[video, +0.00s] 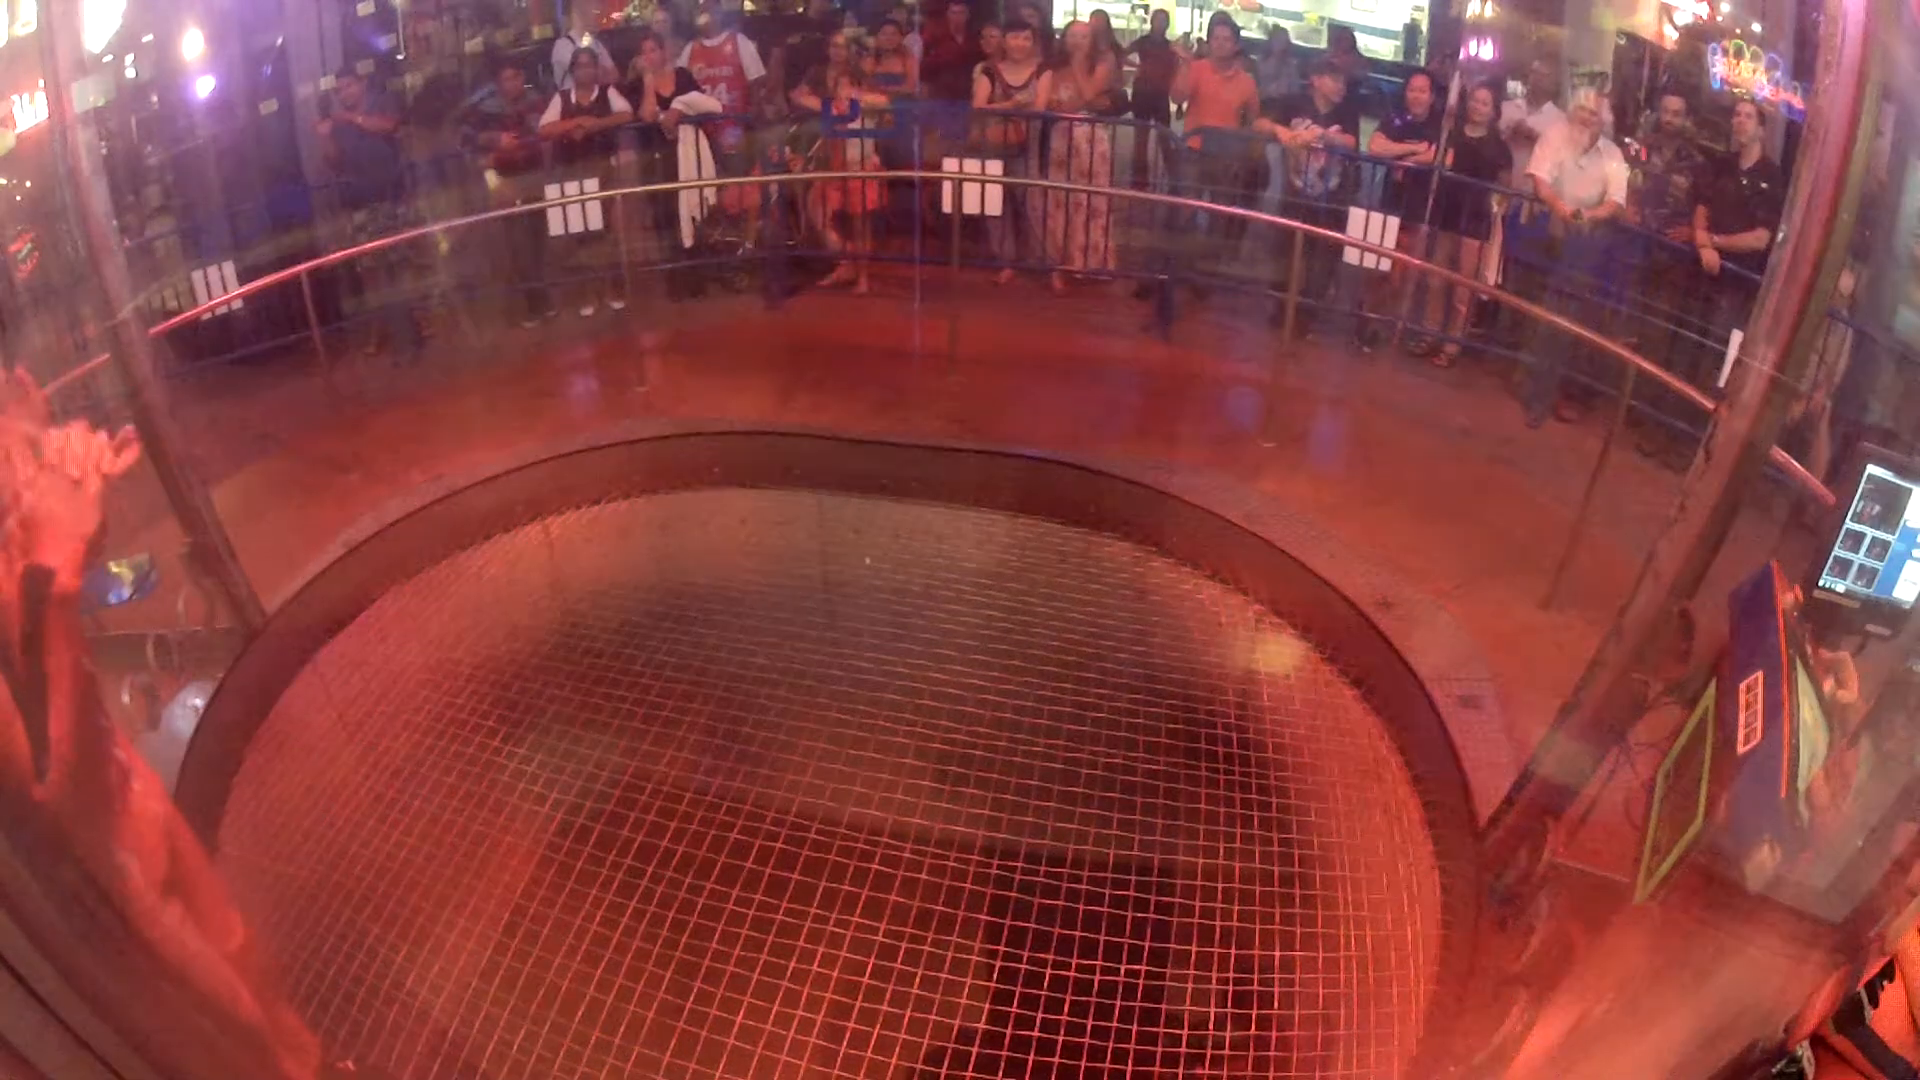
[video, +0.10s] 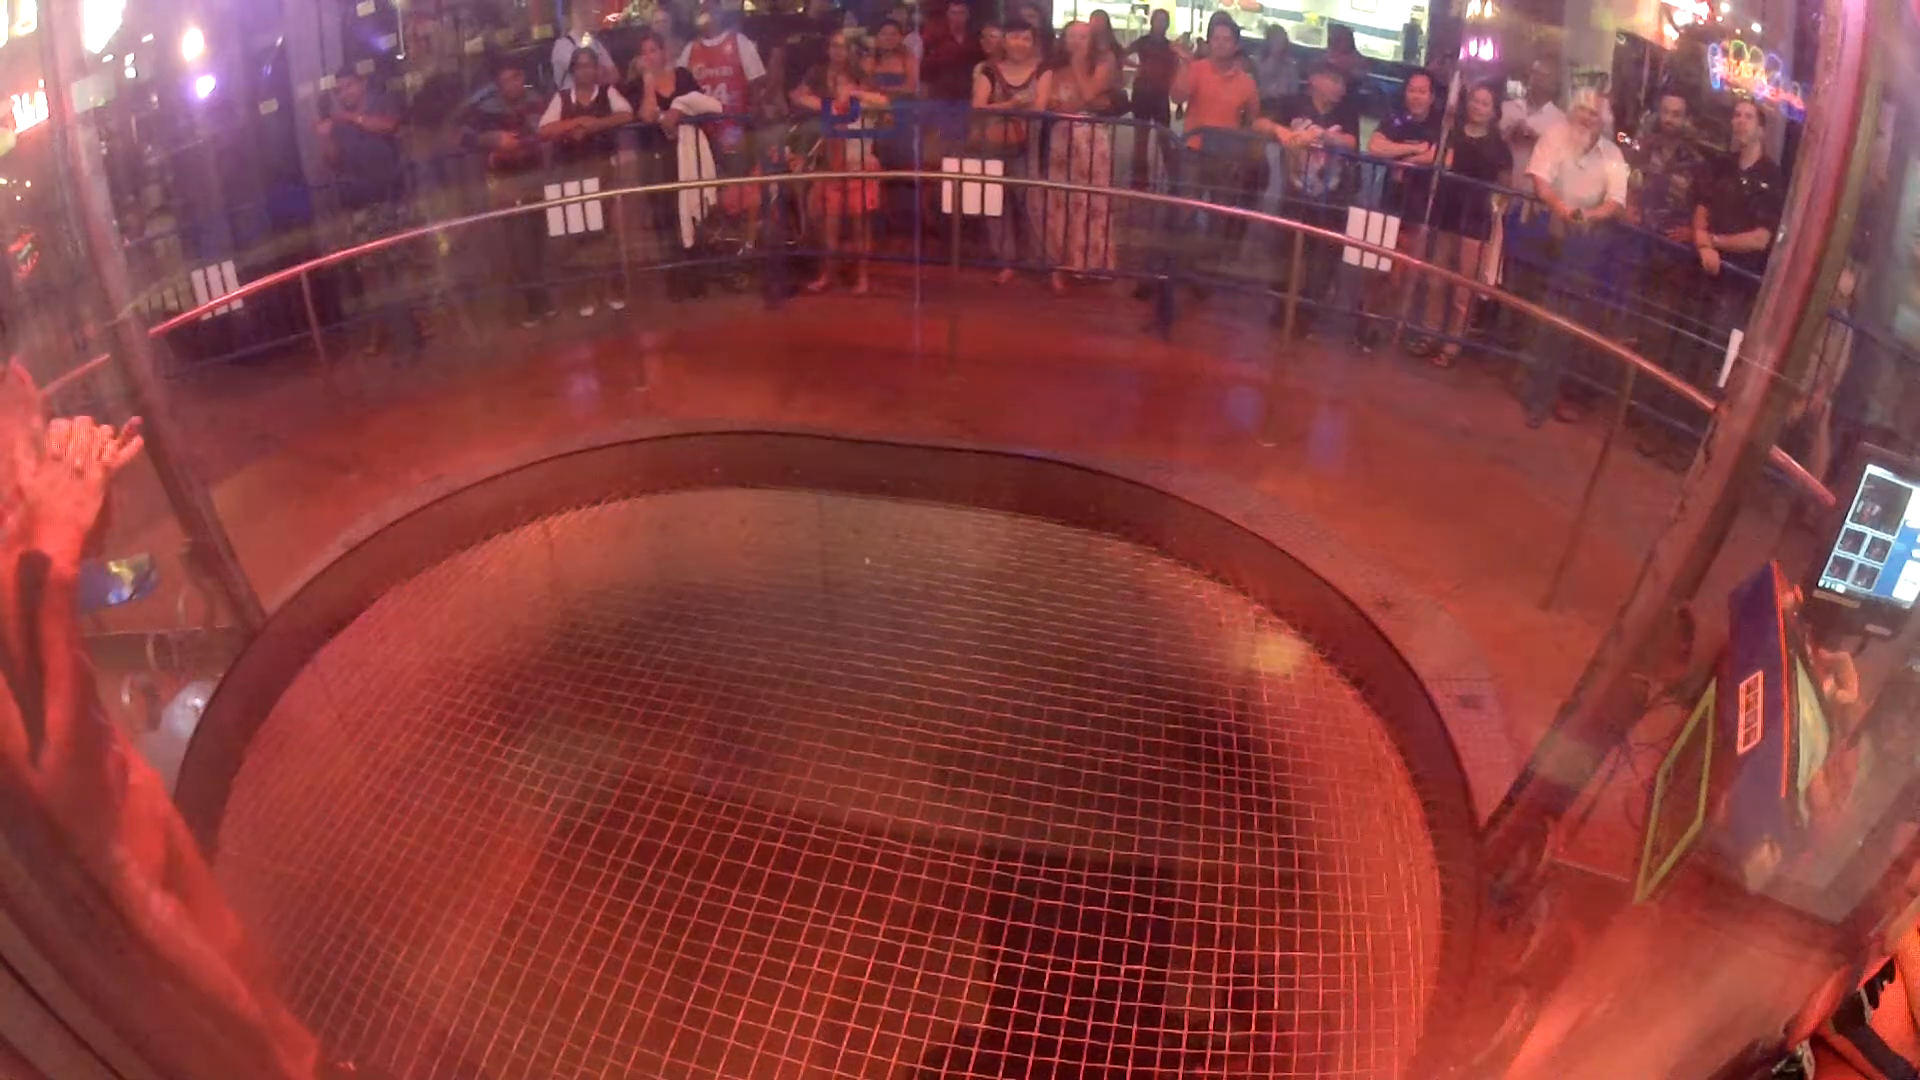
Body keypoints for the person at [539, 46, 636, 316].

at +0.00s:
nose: (584, 71)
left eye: (588, 66)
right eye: (579, 66)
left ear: (597, 69)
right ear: (571, 71)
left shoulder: (608, 92)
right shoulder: (562, 97)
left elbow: (626, 115)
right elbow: (544, 129)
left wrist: (593, 124)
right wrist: (574, 124)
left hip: (605, 170)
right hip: (571, 175)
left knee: (608, 233)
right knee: (579, 238)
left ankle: (615, 291)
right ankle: (587, 295)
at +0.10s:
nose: (584, 71)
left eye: (588, 66)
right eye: (579, 66)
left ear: (597, 69)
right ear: (572, 71)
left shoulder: (608, 92)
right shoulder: (562, 97)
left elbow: (626, 115)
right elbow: (544, 130)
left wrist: (592, 124)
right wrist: (575, 124)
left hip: (605, 170)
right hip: (571, 175)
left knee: (608, 233)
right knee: (579, 238)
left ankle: (615, 292)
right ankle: (587, 296)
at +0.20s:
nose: (584, 71)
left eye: (589, 66)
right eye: (579, 67)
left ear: (597, 69)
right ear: (571, 71)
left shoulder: (608, 92)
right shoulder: (561, 98)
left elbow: (626, 115)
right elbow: (544, 130)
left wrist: (593, 124)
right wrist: (574, 125)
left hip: (604, 170)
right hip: (571, 175)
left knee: (607, 233)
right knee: (579, 238)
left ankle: (615, 291)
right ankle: (588, 295)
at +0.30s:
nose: (584, 70)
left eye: (589, 65)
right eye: (579, 66)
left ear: (597, 68)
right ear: (571, 70)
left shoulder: (608, 92)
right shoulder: (561, 98)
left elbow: (627, 115)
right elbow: (544, 130)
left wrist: (592, 125)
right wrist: (575, 124)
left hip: (604, 170)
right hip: (571, 175)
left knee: (608, 233)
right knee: (579, 238)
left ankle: (615, 291)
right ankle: (588, 295)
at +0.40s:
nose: (584, 71)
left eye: (589, 65)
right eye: (579, 66)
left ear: (597, 69)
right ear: (571, 70)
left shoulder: (608, 92)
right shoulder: (561, 97)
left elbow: (626, 115)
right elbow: (544, 130)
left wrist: (592, 125)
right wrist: (574, 124)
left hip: (605, 170)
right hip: (571, 174)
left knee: (607, 233)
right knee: (579, 238)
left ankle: (615, 291)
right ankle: (588, 294)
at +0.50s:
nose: (584, 70)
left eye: (589, 65)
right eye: (579, 66)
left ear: (597, 69)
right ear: (571, 70)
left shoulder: (608, 92)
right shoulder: (561, 98)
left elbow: (626, 115)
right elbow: (543, 130)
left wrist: (592, 124)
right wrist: (574, 125)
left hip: (604, 170)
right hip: (570, 175)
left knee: (607, 233)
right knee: (579, 238)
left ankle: (614, 290)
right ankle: (588, 294)